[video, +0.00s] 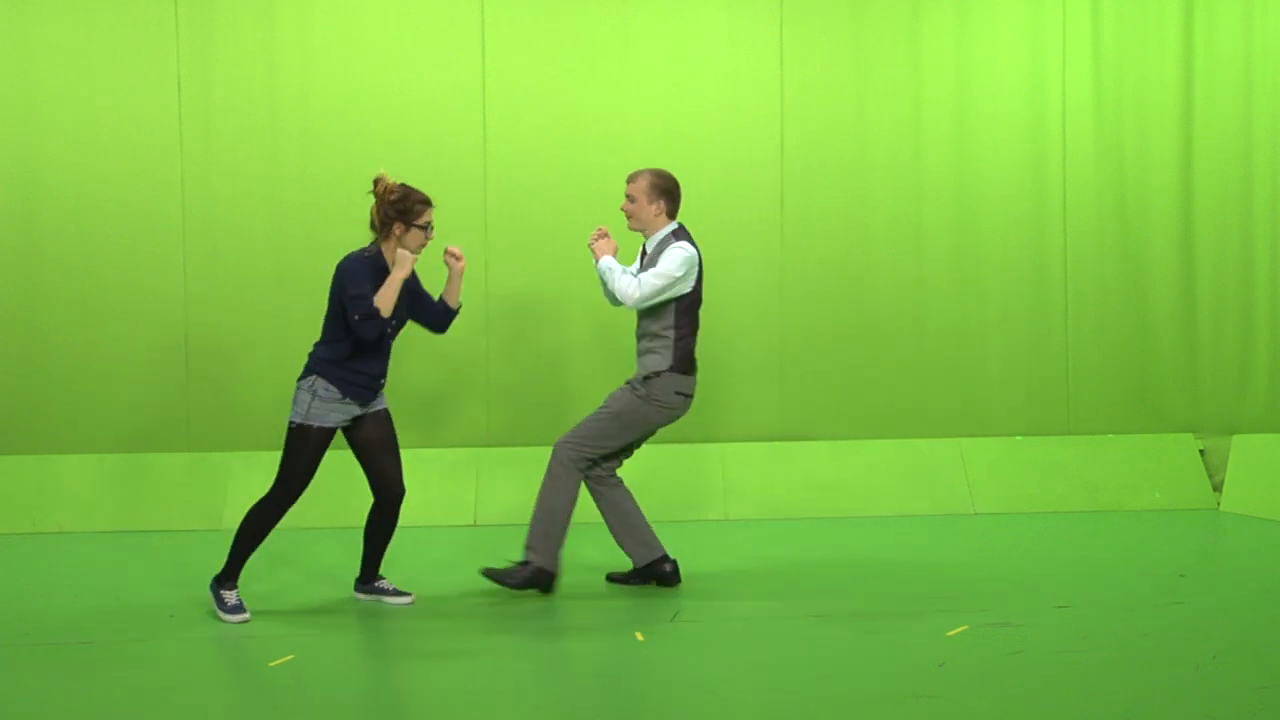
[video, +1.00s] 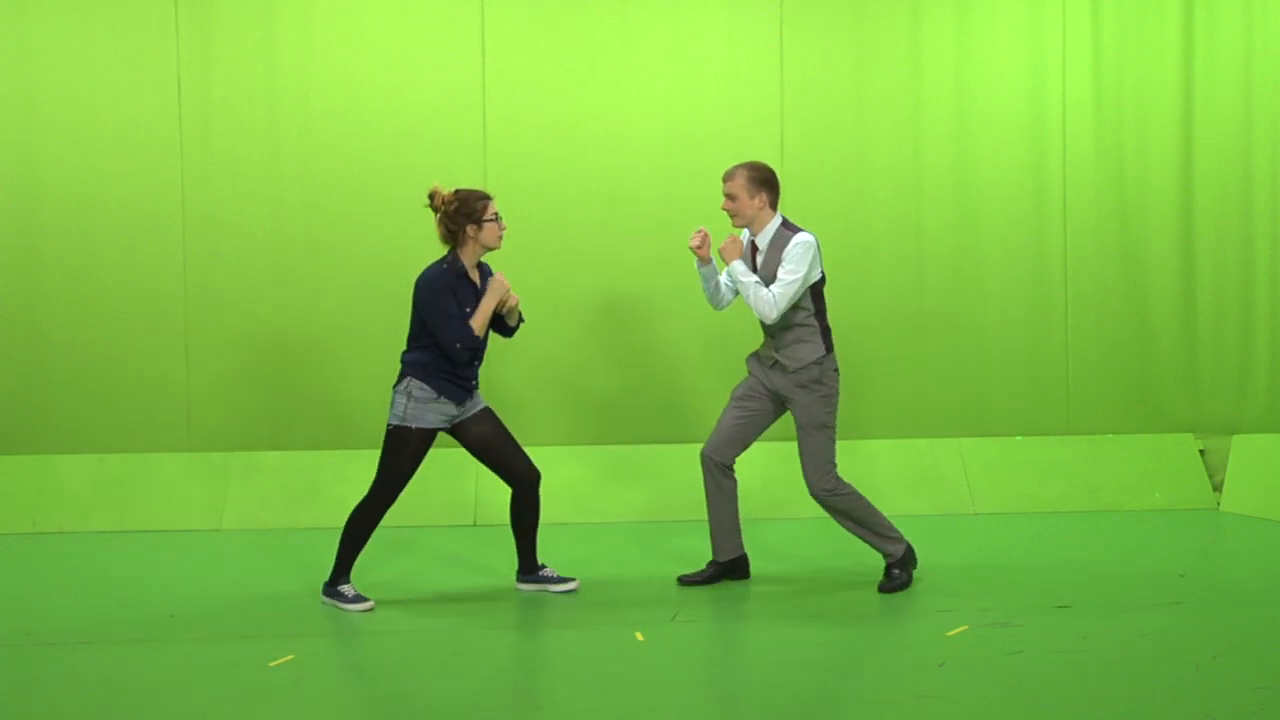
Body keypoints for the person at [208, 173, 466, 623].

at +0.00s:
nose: (430, 236)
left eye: (431, 228)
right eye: (425, 228)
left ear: (403, 230)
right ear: (397, 229)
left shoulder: (401, 275)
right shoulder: (355, 268)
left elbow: (438, 321)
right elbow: (368, 328)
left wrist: (455, 276)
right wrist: (399, 274)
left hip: (367, 396)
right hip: (324, 391)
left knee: (391, 490)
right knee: (287, 490)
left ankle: (368, 580)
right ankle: (225, 582)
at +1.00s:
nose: (503, 226)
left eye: (500, 219)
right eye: (494, 220)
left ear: (474, 232)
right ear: (470, 231)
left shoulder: (484, 277)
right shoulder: (434, 281)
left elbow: (505, 329)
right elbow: (462, 348)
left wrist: (510, 310)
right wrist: (492, 299)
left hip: (463, 398)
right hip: (420, 395)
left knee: (526, 477)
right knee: (384, 492)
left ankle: (529, 570)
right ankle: (337, 581)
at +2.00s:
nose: (538, 204)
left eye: (538, 196)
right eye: (531, 197)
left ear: (511, 205)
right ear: (508, 204)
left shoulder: (512, 245)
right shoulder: (489, 248)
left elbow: (531, 284)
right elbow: (514, 292)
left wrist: (537, 239)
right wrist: (528, 238)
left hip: (512, 370)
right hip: (490, 369)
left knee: (537, 468)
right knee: (499, 478)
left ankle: (526, 567)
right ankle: (412, 533)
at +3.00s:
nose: (480, 184)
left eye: (488, 176)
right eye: (472, 176)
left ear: (502, 178)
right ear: (460, 181)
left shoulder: (527, 209)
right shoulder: (451, 222)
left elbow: (595, 212)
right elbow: (410, 207)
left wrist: (590, 154)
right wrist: (415, 145)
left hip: (522, 352)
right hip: (468, 355)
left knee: (517, 463)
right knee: (467, 466)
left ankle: (525, 566)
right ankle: (453, 560)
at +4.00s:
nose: (479, 159)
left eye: (488, 153)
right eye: (470, 152)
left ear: (499, 162)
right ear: (455, 161)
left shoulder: (520, 197)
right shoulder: (437, 207)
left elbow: (592, 200)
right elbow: (383, 172)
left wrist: (635, 156)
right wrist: (352, 117)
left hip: (515, 340)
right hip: (456, 344)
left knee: (514, 452)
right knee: (466, 458)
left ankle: (532, 551)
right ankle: (458, 561)